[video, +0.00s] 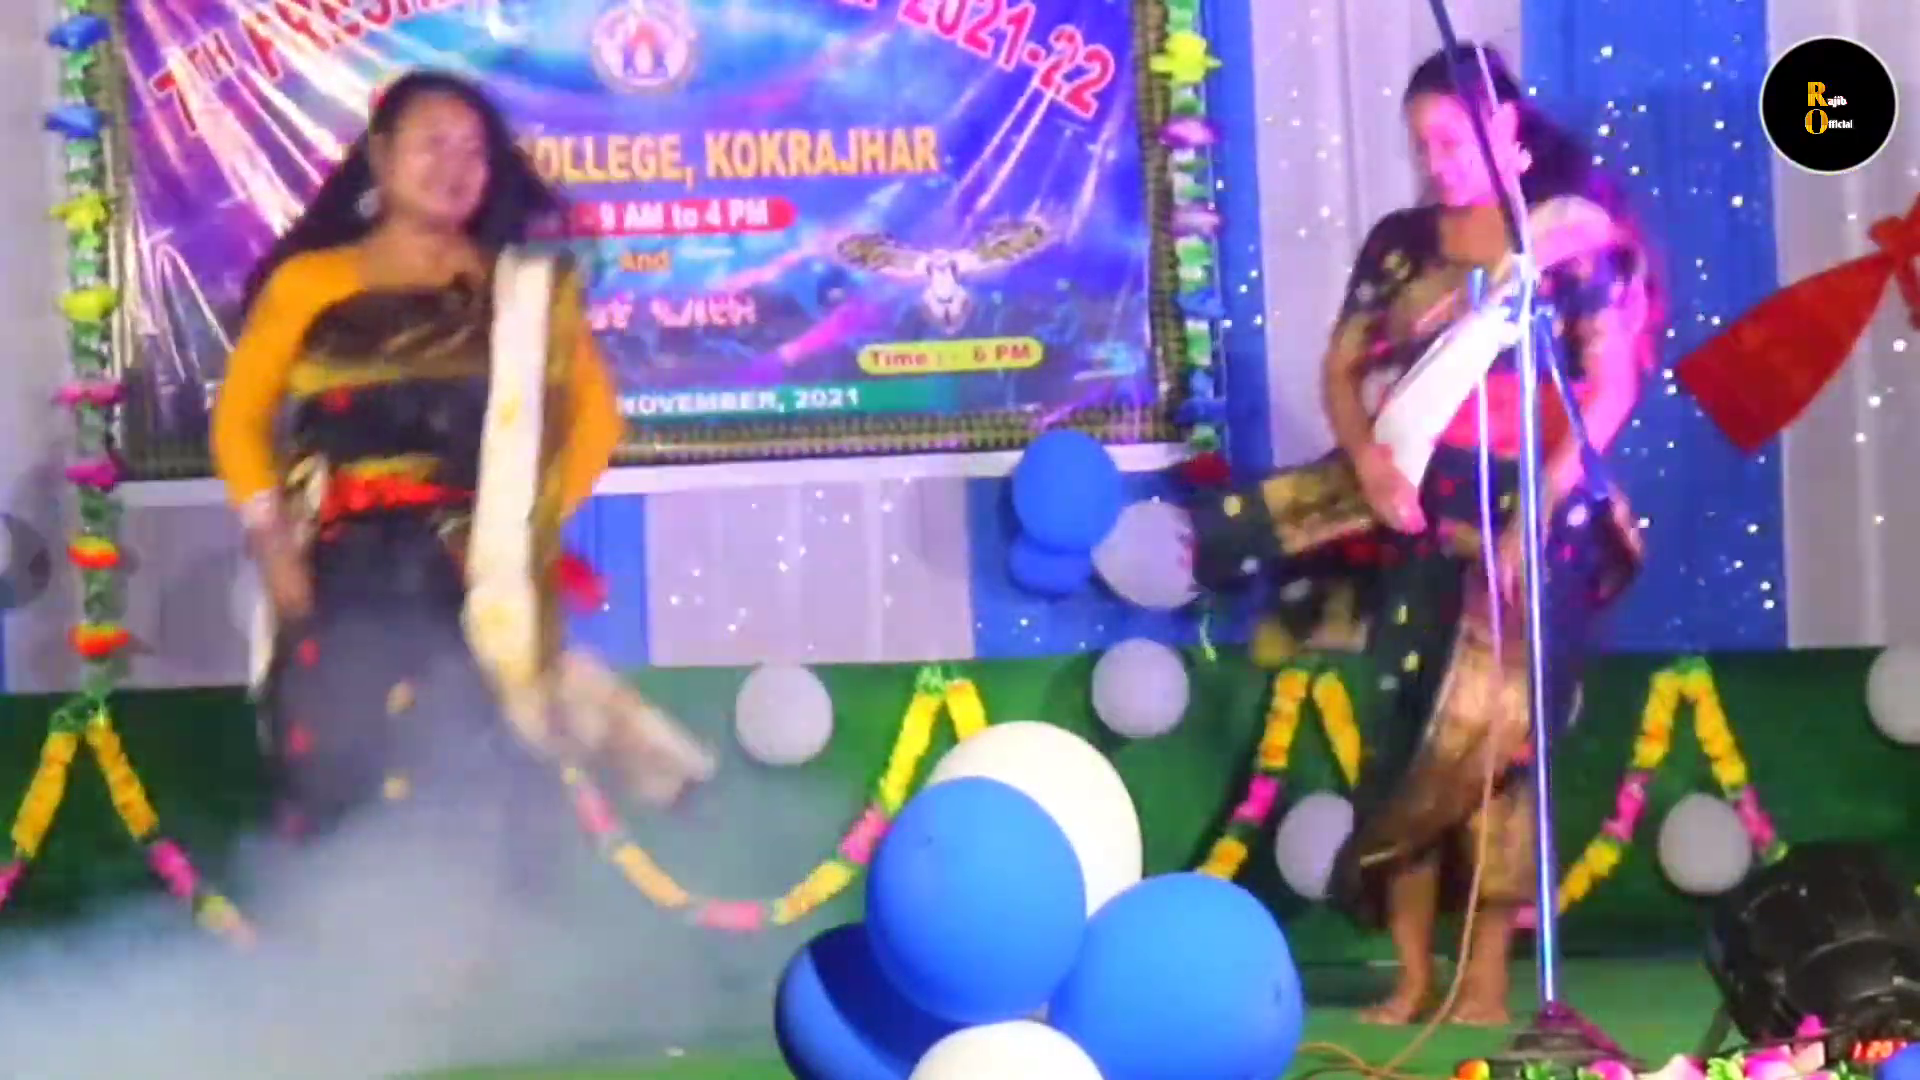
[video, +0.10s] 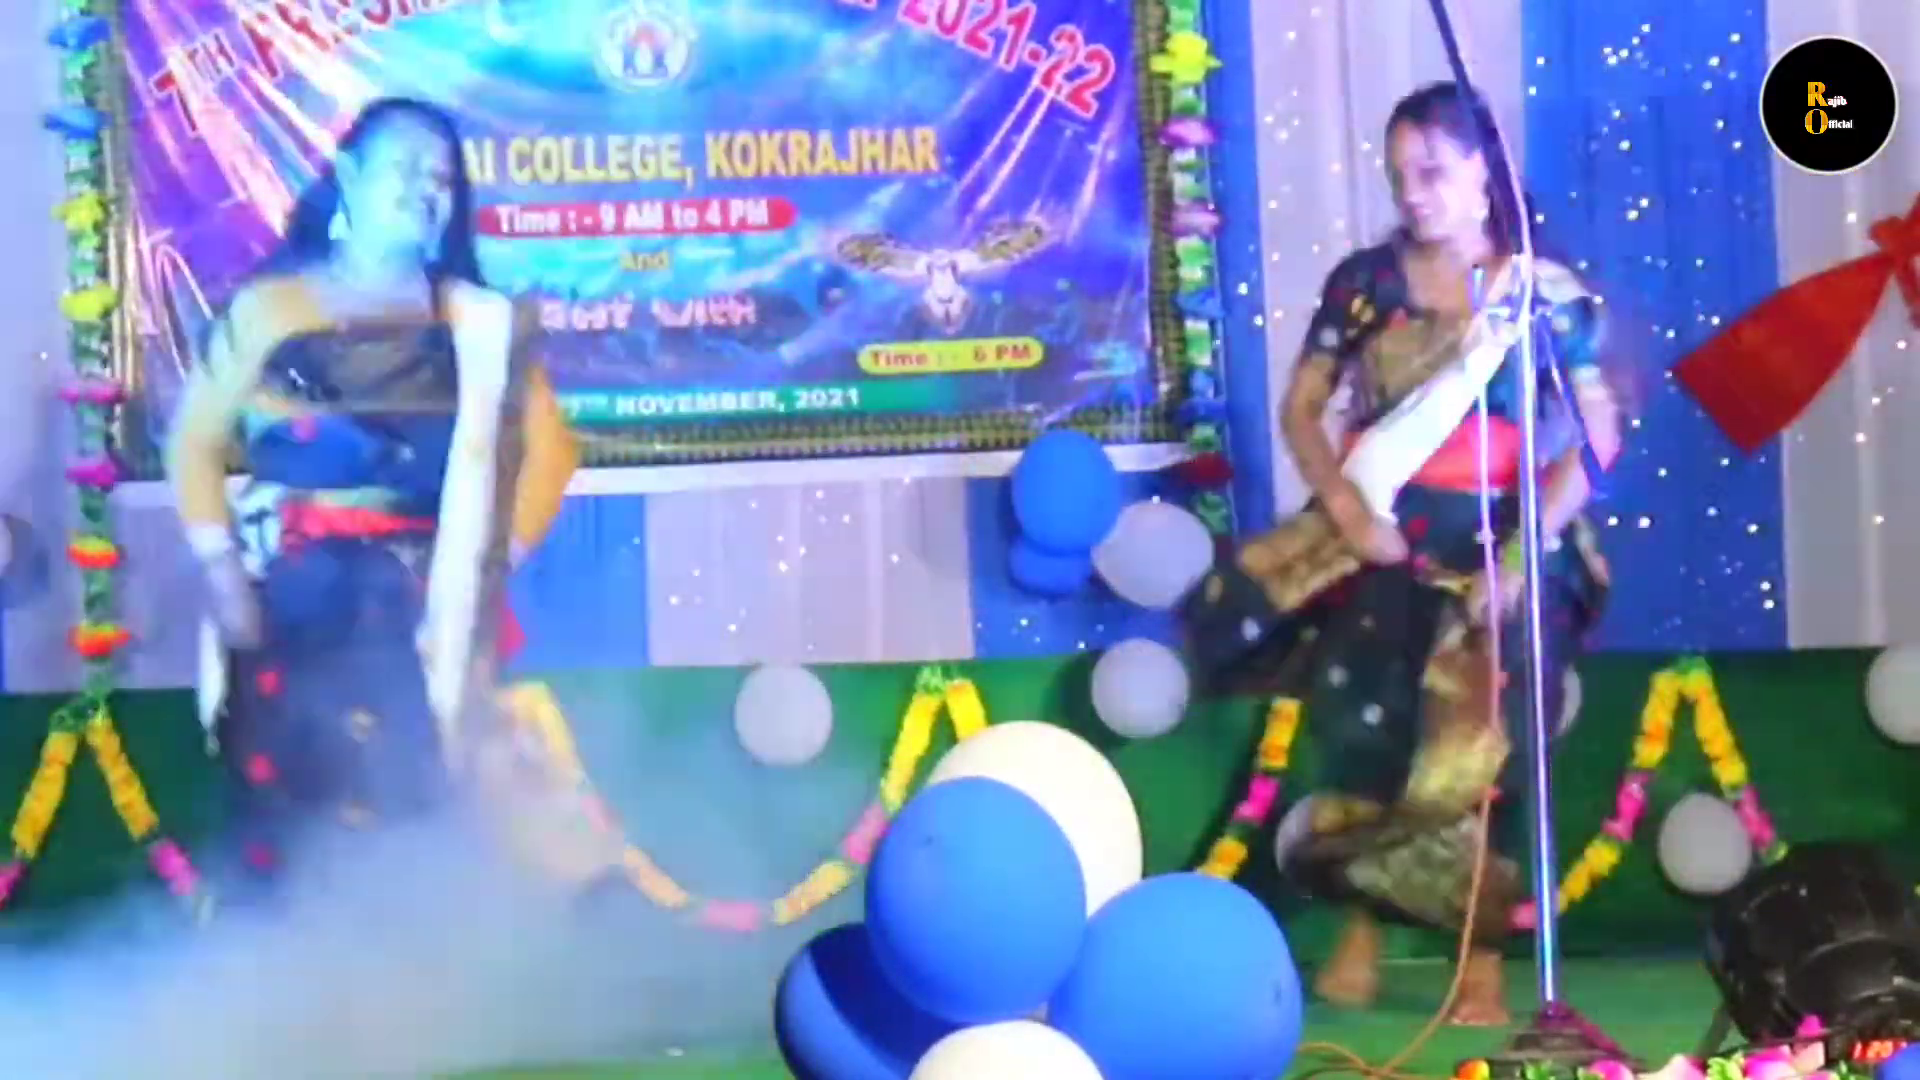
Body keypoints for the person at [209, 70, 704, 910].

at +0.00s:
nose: (455, 165)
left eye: (473, 149)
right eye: (432, 144)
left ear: (492, 172)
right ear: (382, 158)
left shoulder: (526, 286)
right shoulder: (311, 281)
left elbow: (593, 415)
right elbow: (238, 418)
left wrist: (530, 526)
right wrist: (276, 547)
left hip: (475, 574)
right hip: (346, 577)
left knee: (481, 797)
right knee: (336, 791)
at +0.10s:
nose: (420, 190)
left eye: (439, 176)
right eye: (398, 168)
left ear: (456, 200)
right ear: (346, 180)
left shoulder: (480, 321)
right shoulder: (268, 311)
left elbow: (547, 451)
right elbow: (196, 441)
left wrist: (490, 563)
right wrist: (225, 574)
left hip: (430, 623)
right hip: (292, 623)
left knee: (424, 842)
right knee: (282, 847)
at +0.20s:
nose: (402, 154)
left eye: (416, 135)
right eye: (382, 131)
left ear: (434, 151)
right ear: (335, 138)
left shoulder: (456, 272)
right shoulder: (254, 261)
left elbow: (542, 396)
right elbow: (160, 391)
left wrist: (498, 510)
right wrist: (189, 526)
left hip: (398, 558)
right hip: (269, 561)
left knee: (386, 788)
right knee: (252, 788)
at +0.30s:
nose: (375, 110)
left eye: (385, 91)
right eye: (352, 88)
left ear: (402, 105)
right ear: (301, 94)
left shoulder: (437, 225)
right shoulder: (223, 214)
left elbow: (542, 317)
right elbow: (114, 316)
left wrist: (547, 447)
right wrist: (160, 434)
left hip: (378, 540)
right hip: (242, 536)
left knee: (366, 781)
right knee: (209, 781)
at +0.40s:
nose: (356, 119)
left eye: (365, 101)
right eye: (333, 100)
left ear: (380, 116)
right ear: (278, 111)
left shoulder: (415, 232)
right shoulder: (210, 231)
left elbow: (525, 318)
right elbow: (102, 327)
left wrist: (567, 430)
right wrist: (156, 432)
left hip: (374, 536)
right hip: (246, 535)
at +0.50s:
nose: (337, 200)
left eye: (341, 181)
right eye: (314, 182)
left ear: (349, 185)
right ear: (257, 191)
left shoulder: (371, 311)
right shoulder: (210, 310)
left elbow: (453, 405)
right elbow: (142, 438)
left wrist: (527, 491)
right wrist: (212, 508)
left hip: (341, 591)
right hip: (228, 591)